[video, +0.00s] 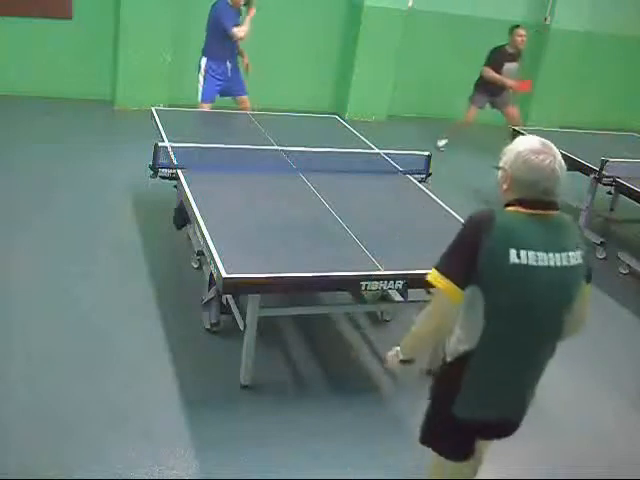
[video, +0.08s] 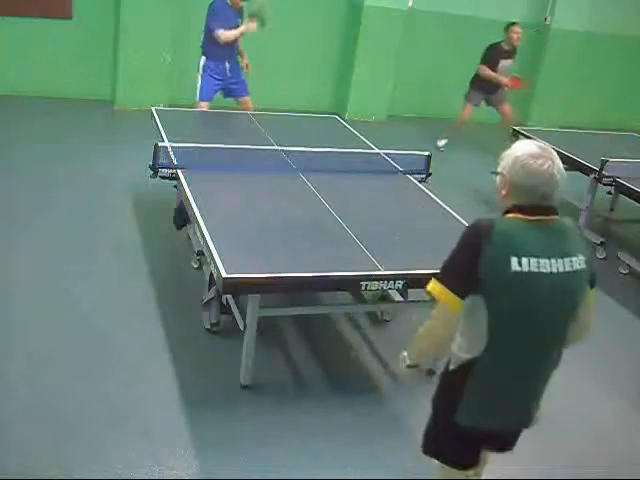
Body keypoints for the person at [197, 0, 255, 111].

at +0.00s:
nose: (242, 3)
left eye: (243, 1)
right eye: (241, 1)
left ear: (243, 2)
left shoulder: (236, 10)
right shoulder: (220, 7)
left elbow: (232, 40)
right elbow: (238, 34)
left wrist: (243, 56)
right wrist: (249, 16)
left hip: (230, 61)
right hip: (212, 61)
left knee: (244, 104)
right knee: (205, 107)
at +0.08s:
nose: (240, 3)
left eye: (242, 2)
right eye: (239, 1)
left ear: (241, 1)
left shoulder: (239, 9)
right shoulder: (217, 6)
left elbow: (234, 38)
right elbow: (222, 37)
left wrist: (243, 56)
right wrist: (244, 28)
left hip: (231, 61)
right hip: (212, 61)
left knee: (247, 105)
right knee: (203, 107)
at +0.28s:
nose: (244, 6)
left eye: (246, 4)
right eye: (243, 2)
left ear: (247, 3)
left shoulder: (245, 12)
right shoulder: (213, 6)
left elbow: (246, 38)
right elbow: (194, 25)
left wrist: (246, 57)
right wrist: (179, 40)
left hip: (233, 65)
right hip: (209, 64)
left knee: (248, 107)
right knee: (198, 105)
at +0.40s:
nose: (237, 4)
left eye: (239, 2)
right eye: (234, 1)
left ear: (242, 3)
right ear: (228, 0)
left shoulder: (247, 18)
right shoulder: (212, 9)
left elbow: (252, 44)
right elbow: (192, 26)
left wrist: (247, 62)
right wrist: (183, 40)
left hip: (232, 68)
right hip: (208, 65)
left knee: (249, 108)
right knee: (191, 105)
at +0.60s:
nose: (231, 0)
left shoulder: (245, 12)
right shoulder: (210, 5)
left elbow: (249, 37)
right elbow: (192, 25)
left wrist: (242, 51)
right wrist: (198, 45)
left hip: (231, 64)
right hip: (207, 62)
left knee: (245, 106)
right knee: (189, 104)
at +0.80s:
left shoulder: (245, 4)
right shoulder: (207, 3)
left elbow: (248, 28)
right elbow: (194, 23)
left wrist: (240, 40)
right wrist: (206, 40)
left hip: (232, 60)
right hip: (207, 58)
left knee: (244, 105)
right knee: (190, 103)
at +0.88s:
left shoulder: (243, 8)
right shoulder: (210, 5)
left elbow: (249, 35)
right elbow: (195, 31)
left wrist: (240, 50)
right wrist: (206, 47)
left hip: (231, 64)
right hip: (207, 62)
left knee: (243, 105)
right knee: (192, 102)